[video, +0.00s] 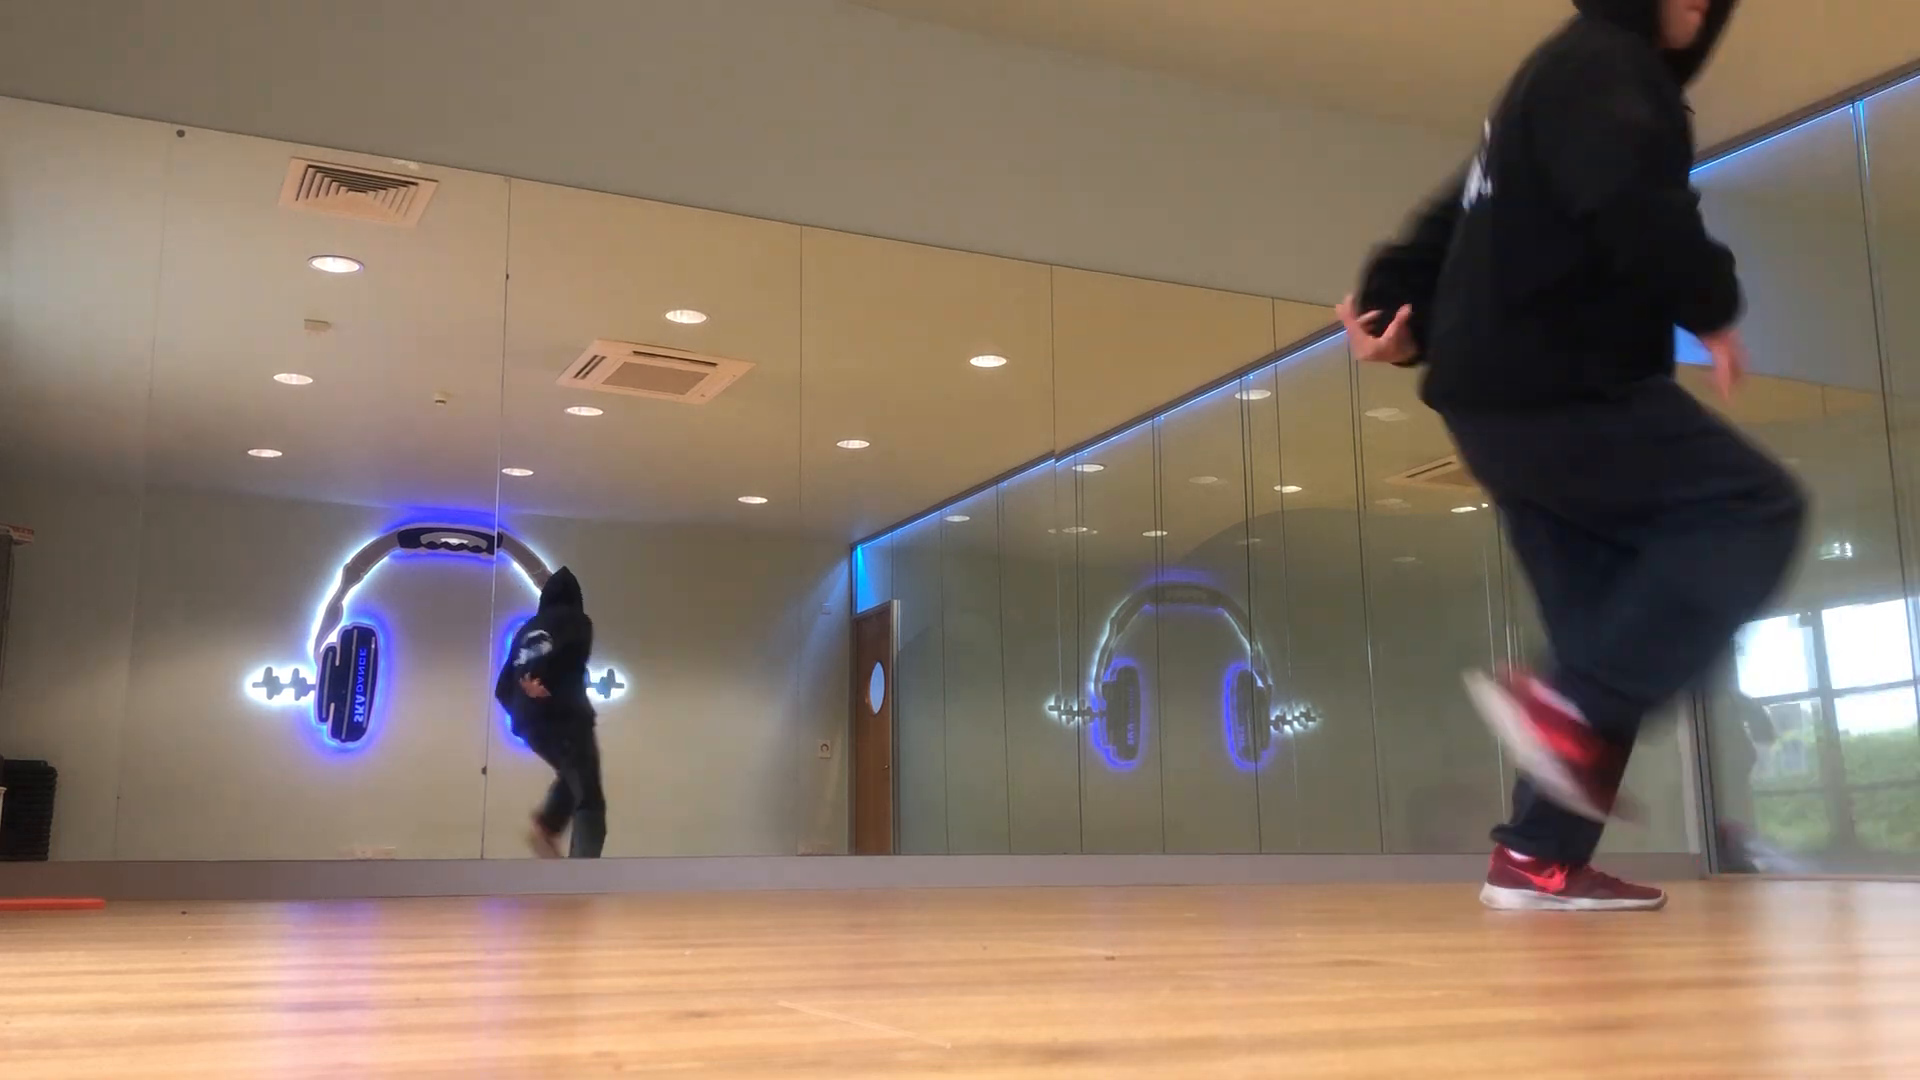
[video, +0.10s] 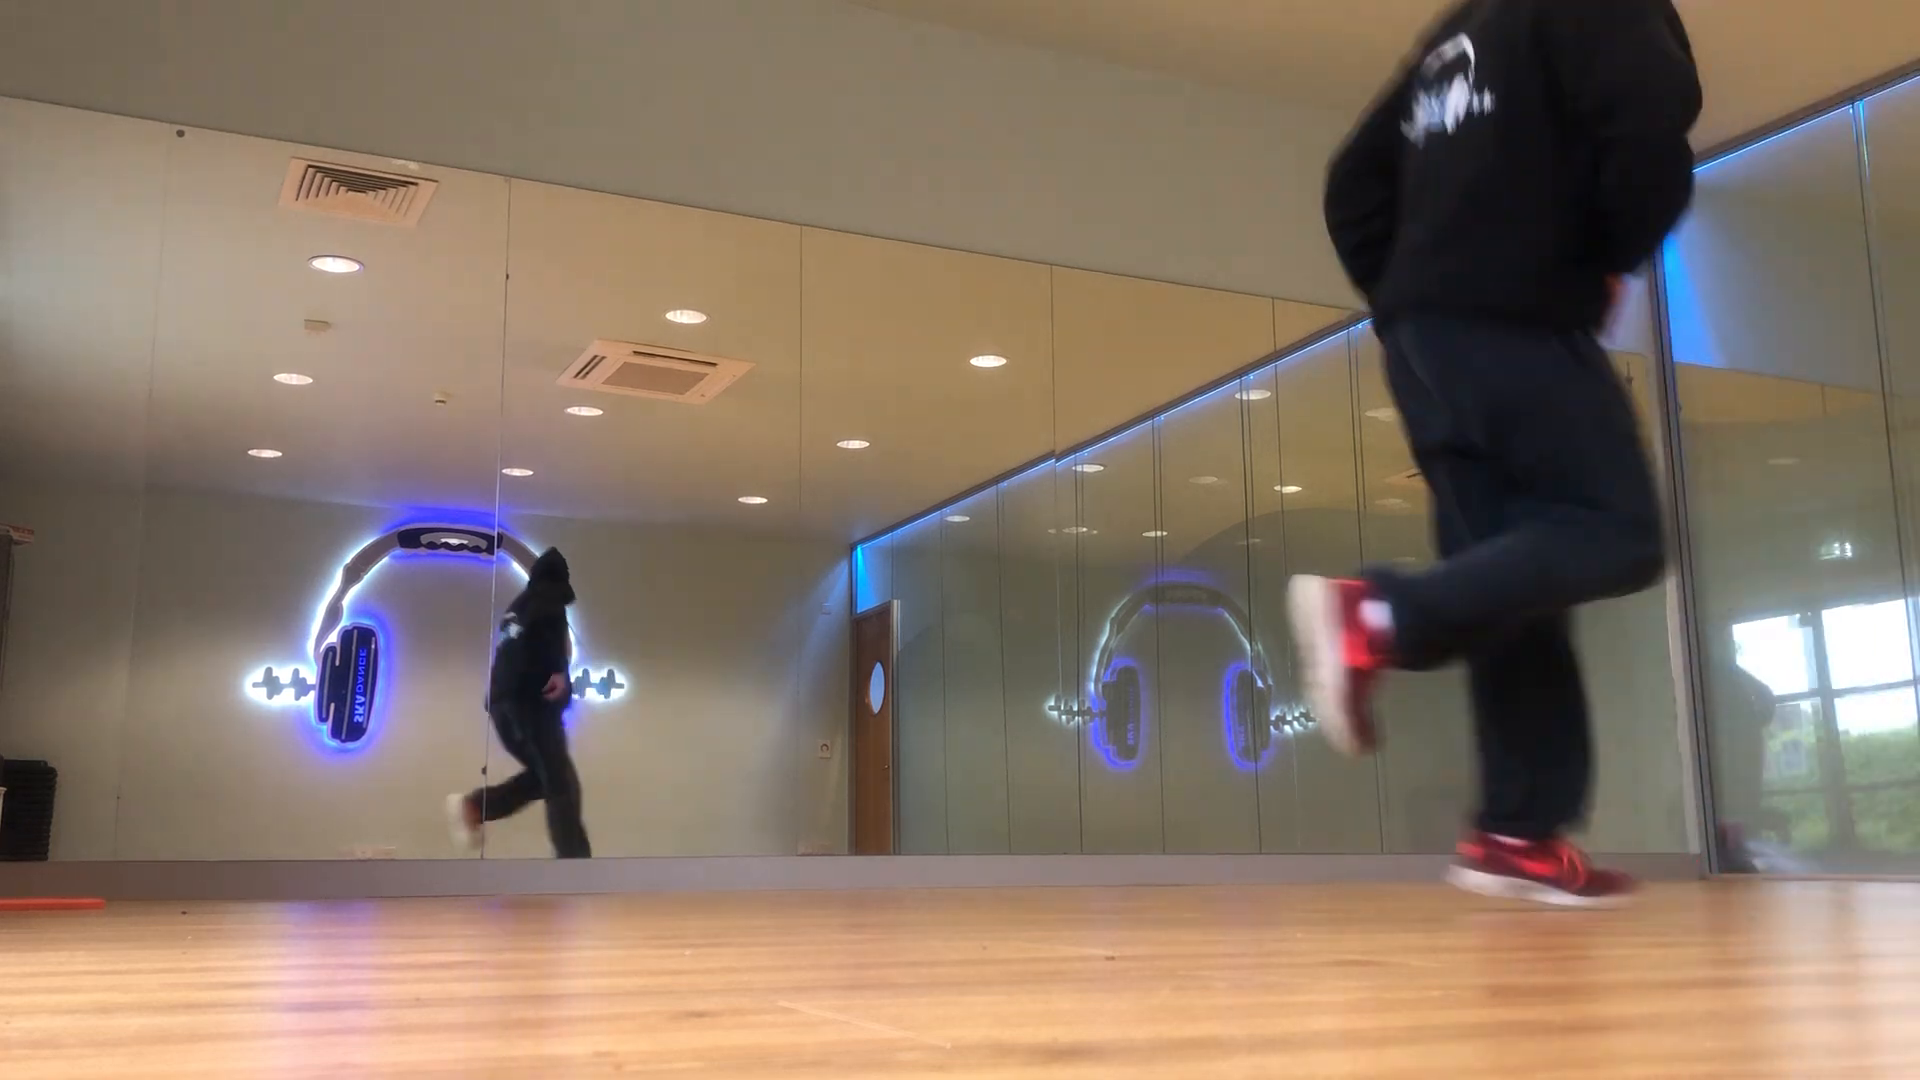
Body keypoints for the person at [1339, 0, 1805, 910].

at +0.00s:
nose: (1700, 10)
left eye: (1707, 1)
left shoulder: (1564, 65)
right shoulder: (1614, 72)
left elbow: (1476, 193)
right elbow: (1637, 206)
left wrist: (1395, 288)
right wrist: (1713, 307)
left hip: (1495, 387)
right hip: (1558, 384)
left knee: (1603, 621)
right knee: (1753, 505)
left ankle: (1542, 856)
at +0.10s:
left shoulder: (1458, 30)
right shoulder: (1621, 14)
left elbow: (1357, 176)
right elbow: (1650, 158)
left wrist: (1404, 300)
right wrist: (1608, 261)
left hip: (1423, 326)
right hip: (1519, 318)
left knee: (1506, 578)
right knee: (1620, 535)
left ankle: (1518, 829)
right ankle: (1376, 616)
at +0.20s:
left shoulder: (1370, 17)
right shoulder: (1563, 5)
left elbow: (1329, 182)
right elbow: (1629, 103)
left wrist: (1429, 222)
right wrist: (1558, 222)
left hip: (1376, 291)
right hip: (1474, 289)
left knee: (1419, 561)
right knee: (1494, 559)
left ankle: (1342, 810)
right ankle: (1279, 672)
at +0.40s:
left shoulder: (1317, 31)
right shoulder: (1481, 13)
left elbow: (1354, 191)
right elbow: (1524, 206)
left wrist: (1531, 238)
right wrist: (1442, 309)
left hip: (1253, 320)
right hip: (1355, 314)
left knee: (1332, 582)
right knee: (1415, 584)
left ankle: (1325, 830)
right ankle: (1238, 810)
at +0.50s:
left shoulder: (1379, 17)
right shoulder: (1447, 15)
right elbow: (1483, 122)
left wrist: (1460, 256)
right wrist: (1430, 307)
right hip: (1261, 295)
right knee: (1379, 571)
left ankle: (1351, 774)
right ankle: (1212, 843)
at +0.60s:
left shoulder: (1398, 53)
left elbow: (1312, 233)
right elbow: (1432, 16)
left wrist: (1444, 296)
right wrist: (1420, 172)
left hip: (1266, 260)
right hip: (1182, 223)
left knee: (1412, 461)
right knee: (1269, 510)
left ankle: (1382, 768)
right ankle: (1199, 835)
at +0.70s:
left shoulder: (1394, 74)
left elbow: (1320, 231)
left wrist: (1433, 335)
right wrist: (1309, 36)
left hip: (1271, 267)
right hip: (1162, 210)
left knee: (1330, 495)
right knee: (1178, 495)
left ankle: (1314, 793)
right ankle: (996, 771)